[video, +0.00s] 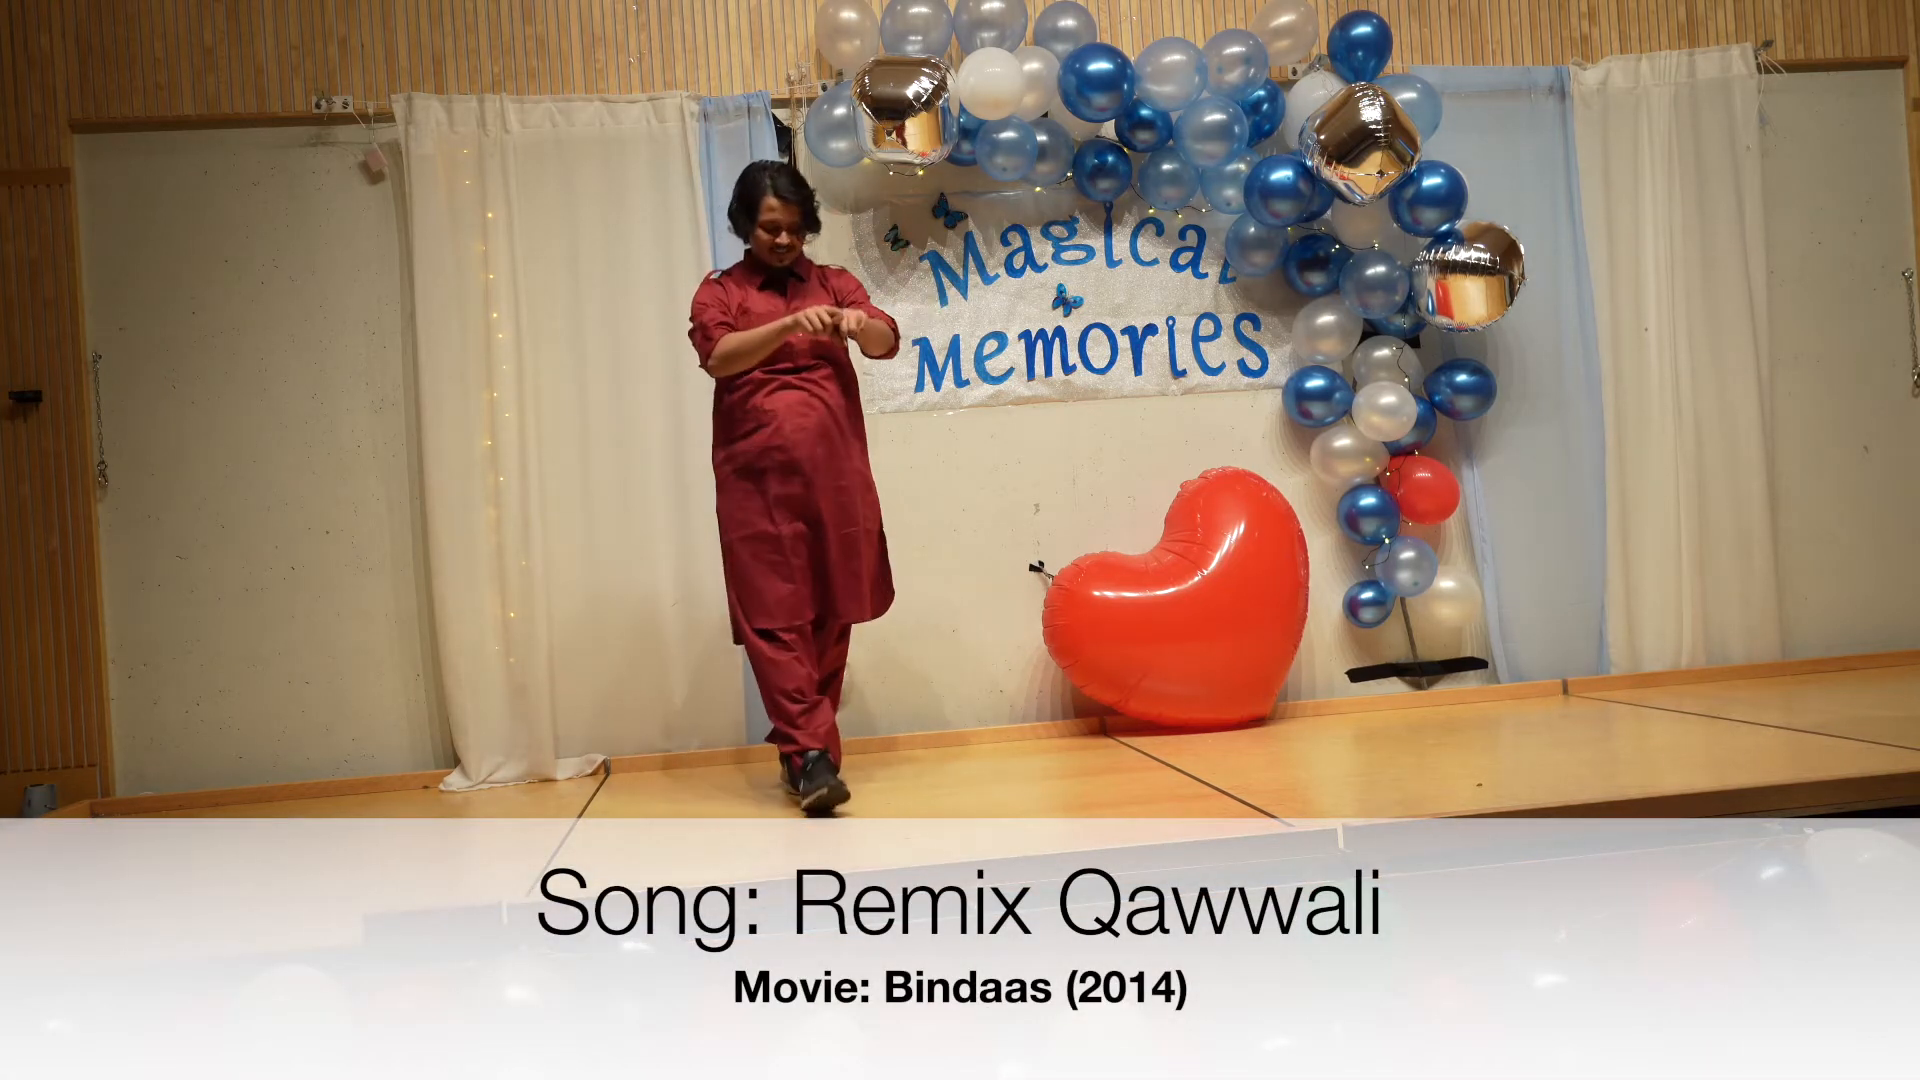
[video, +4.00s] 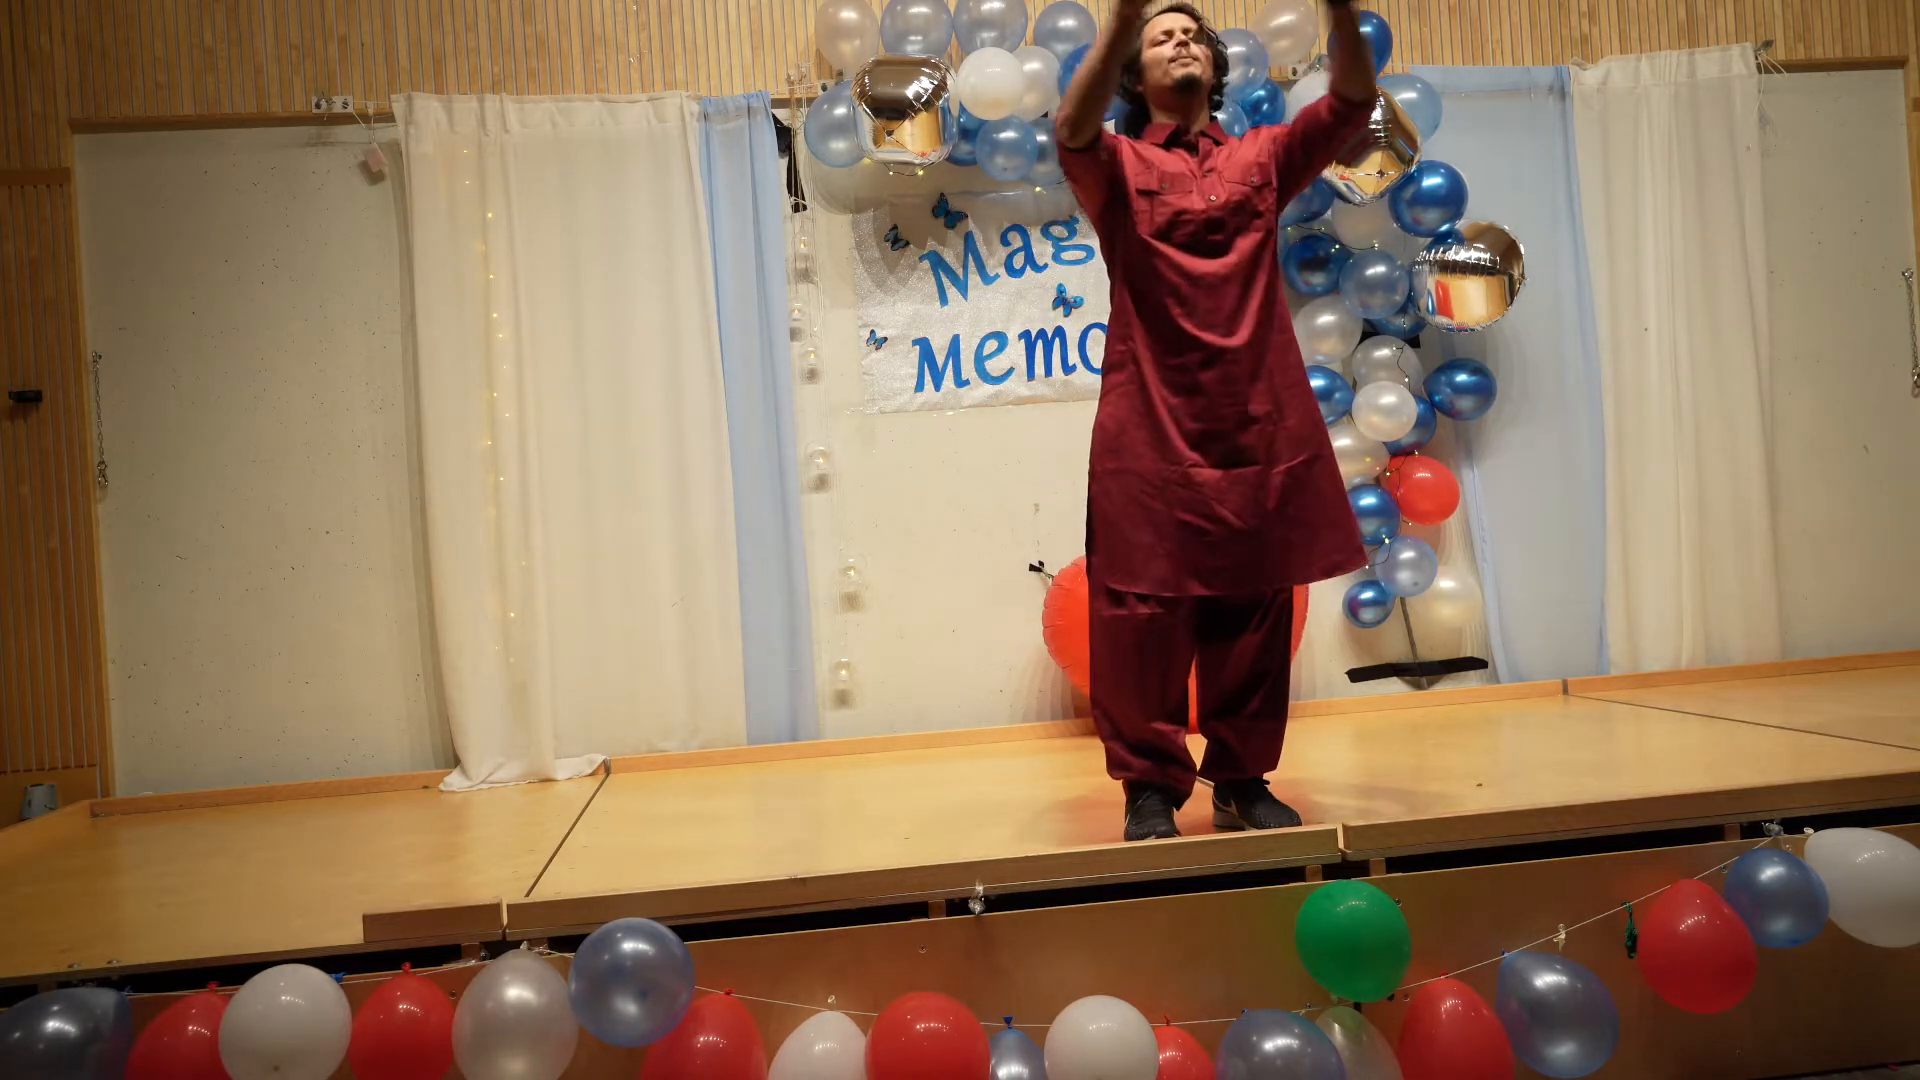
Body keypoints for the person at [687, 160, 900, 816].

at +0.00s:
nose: (781, 239)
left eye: (792, 227)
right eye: (769, 227)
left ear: (808, 224)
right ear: (744, 224)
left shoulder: (833, 282)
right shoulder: (718, 292)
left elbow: (886, 344)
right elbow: (718, 359)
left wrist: (853, 321)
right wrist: (788, 322)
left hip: (835, 478)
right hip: (757, 485)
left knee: (831, 614)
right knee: (776, 619)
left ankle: (806, 746)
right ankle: (811, 756)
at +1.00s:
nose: (852, 197)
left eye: (868, 187)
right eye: (841, 181)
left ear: (887, 191)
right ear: (818, 178)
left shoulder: (906, 255)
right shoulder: (777, 255)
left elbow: (983, 286)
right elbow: (720, 343)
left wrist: (1014, 228)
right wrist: (783, 392)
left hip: (900, 463)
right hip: (810, 470)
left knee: (948, 605)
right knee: (809, 622)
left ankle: (996, 750)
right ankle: (822, 768)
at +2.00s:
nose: (1050, 182)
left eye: (1066, 172)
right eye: (1038, 165)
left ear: (1080, 174)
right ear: (1010, 157)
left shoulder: (1078, 242)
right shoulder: (964, 231)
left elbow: (1162, 292)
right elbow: (905, 333)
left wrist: (1229, 230)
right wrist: (974, 413)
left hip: (1059, 454)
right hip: (987, 455)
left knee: (1041, 601)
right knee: (1017, 604)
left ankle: (1006, 760)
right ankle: (1074, 764)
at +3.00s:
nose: (1127, 71)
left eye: (1141, 62)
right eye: (1109, 63)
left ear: (1161, 90)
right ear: (1080, 92)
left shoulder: (1198, 183)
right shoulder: (1056, 181)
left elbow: (1291, 234)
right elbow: (1008, 250)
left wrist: (1260, 175)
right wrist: (1098, 198)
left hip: (1191, 424)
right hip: (1089, 428)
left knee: (1216, 598)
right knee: (1081, 604)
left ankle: (1238, 778)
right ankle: (1089, 784)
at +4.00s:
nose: (1183, 44)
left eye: (1195, 35)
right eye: (1164, 37)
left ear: (1217, 66)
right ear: (1132, 72)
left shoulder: (1262, 154)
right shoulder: (1117, 164)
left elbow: (1353, 103)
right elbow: (1073, 129)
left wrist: (1341, 11)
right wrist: (1124, 17)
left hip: (1256, 413)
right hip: (1151, 417)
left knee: (1254, 610)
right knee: (1141, 612)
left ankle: (1242, 784)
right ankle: (1150, 792)